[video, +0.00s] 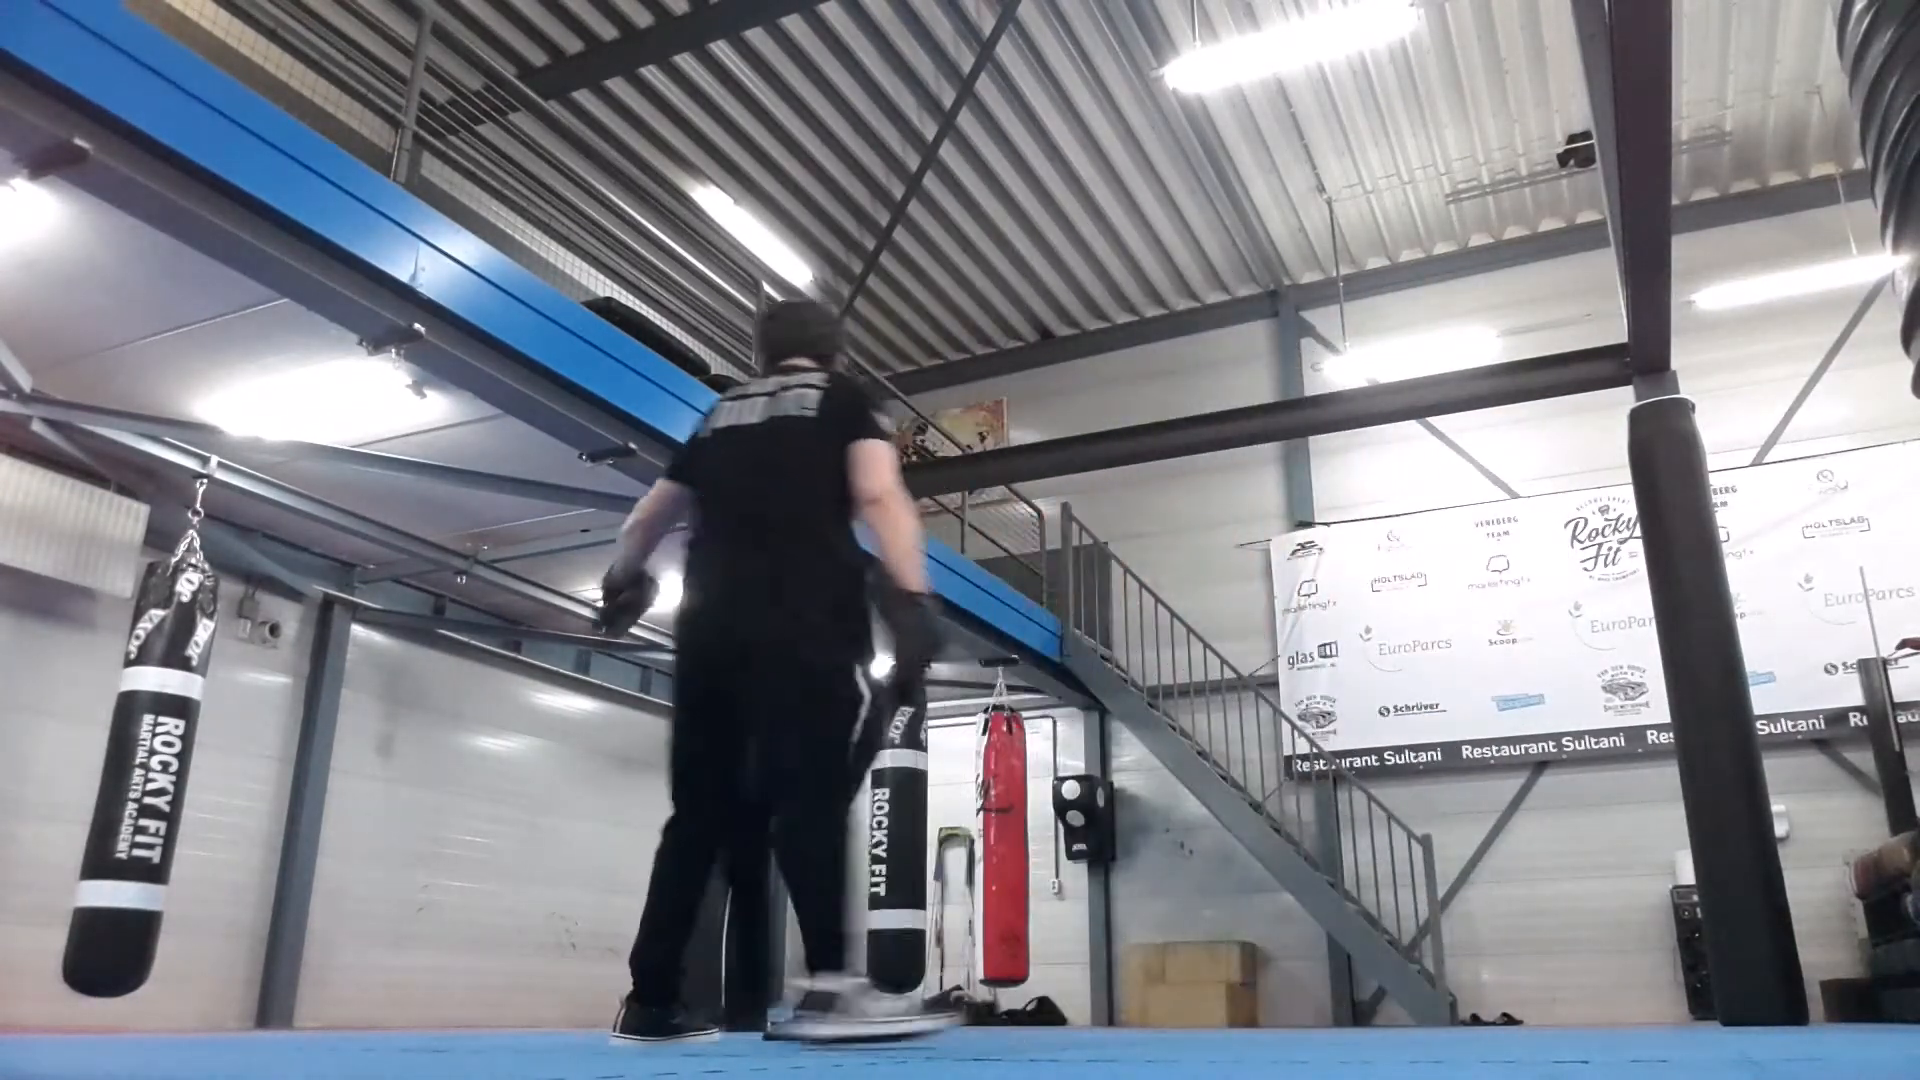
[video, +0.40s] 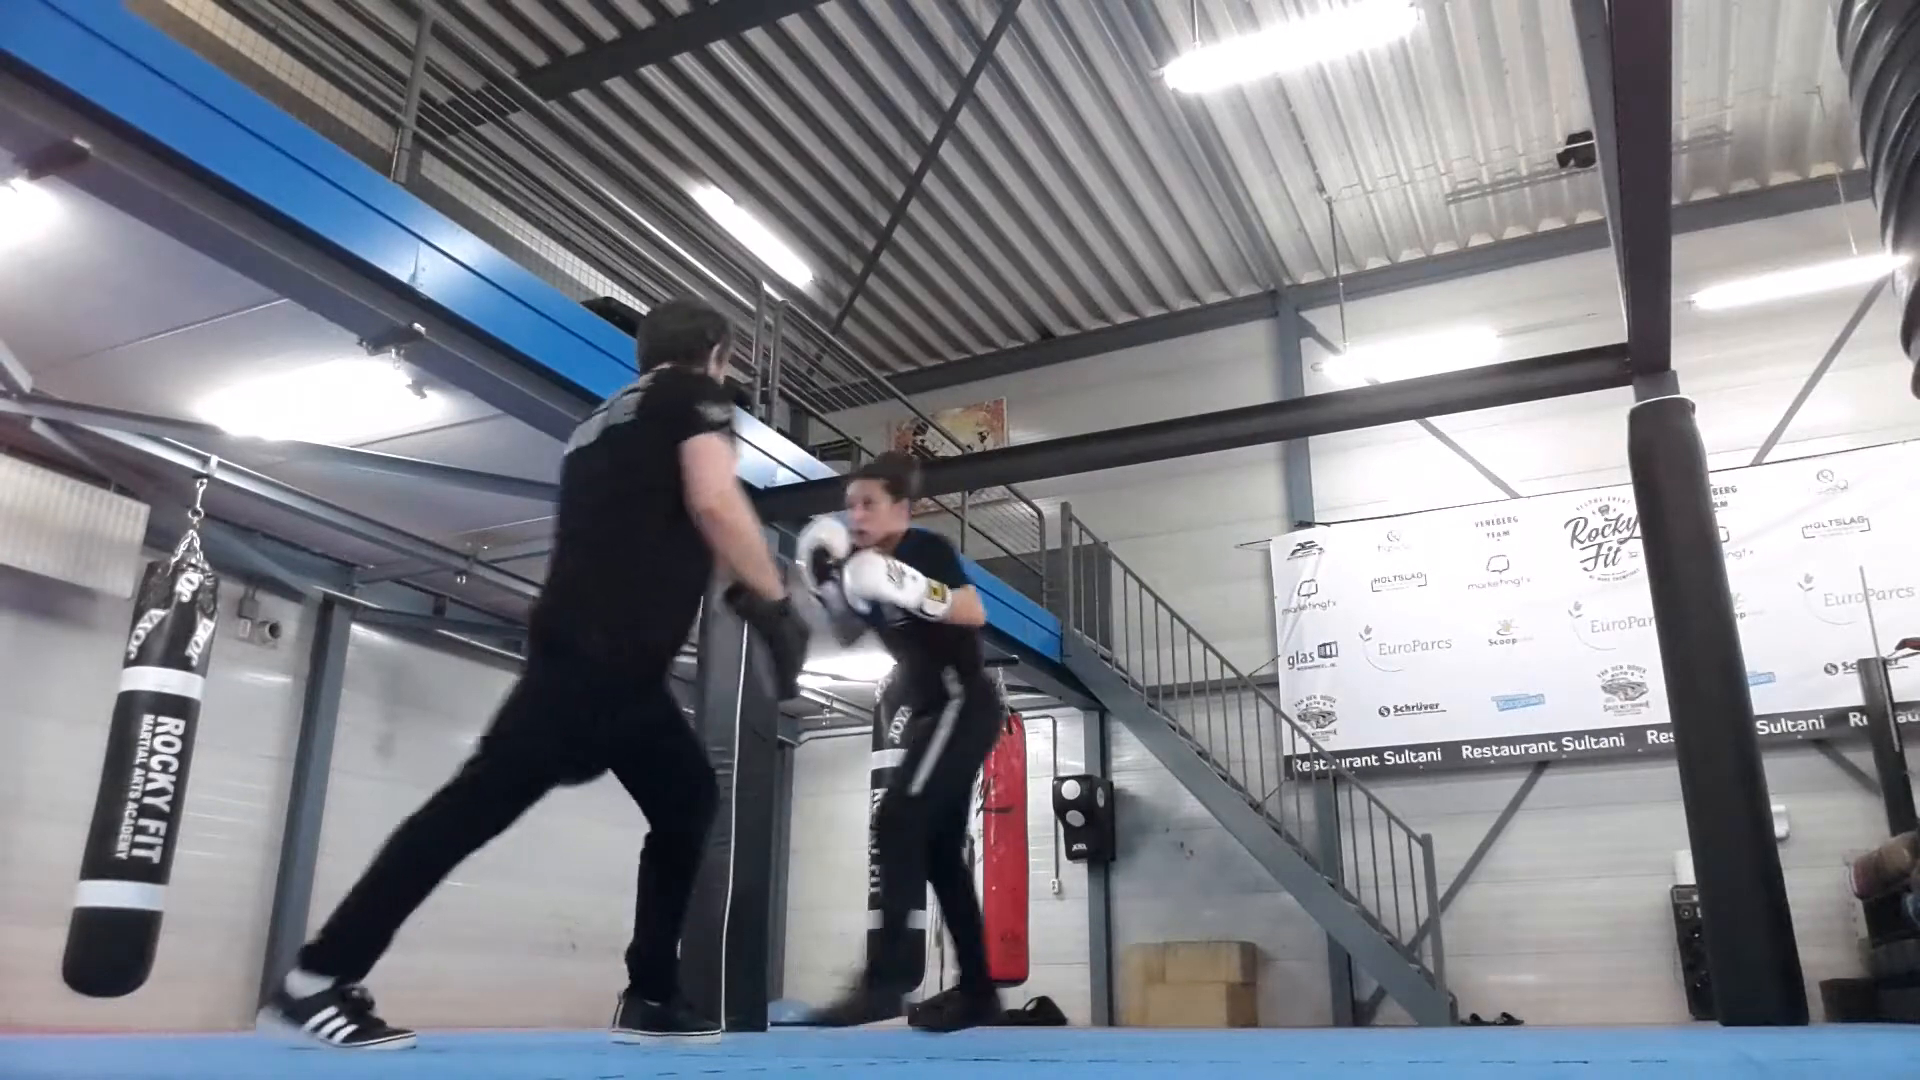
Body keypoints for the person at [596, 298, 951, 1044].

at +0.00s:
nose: (839, 362)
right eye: (838, 351)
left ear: (762, 352)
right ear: (830, 354)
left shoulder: (720, 416)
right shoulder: (843, 401)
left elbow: (652, 511)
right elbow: (880, 496)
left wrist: (624, 573)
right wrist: (914, 601)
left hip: (710, 641)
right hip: (806, 637)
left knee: (697, 814)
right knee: (813, 807)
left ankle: (650, 999)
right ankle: (833, 986)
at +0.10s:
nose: (808, 351)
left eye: (803, 341)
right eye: (804, 340)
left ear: (725, 343)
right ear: (790, 343)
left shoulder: (685, 411)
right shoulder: (805, 392)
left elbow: (632, 529)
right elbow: (832, 486)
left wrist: (597, 612)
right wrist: (861, 596)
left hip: (670, 630)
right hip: (752, 627)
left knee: (672, 800)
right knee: (749, 786)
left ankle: (646, 985)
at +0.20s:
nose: (776, 343)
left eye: (772, 332)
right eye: (770, 332)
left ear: (692, 340)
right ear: (752, 336)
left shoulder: (651, 409)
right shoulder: (768, 382)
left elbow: (613, 539)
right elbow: (790, 475)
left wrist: (583, 633)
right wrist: (830, 590)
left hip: (641, 614)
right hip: (711, 618)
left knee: (654, 800)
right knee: (652, 796)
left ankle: (646, 1003)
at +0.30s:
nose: (751, 352)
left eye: (748, 342)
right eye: (746, 341)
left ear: (664, 344)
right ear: (729, 342)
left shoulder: (623, 415)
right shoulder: (736, 379)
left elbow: (599, 540)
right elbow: (754, 479)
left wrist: (584, 627)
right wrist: (806, 587)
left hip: (613, 632)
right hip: (665, 637)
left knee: (678, 800)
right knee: (561, 784)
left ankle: (650, 997)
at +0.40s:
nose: (731, 374)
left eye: (731, 363)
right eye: (728, 361)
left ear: (650, 360)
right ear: (706, 359)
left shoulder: (604, 422)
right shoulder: (695, 399)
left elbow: (629, 538)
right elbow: (713, 500)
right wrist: (774, 601)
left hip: (593, 665)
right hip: (599, 667)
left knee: (687, 800)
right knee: (470, 811)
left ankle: (652, 995)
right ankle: (316, 979)